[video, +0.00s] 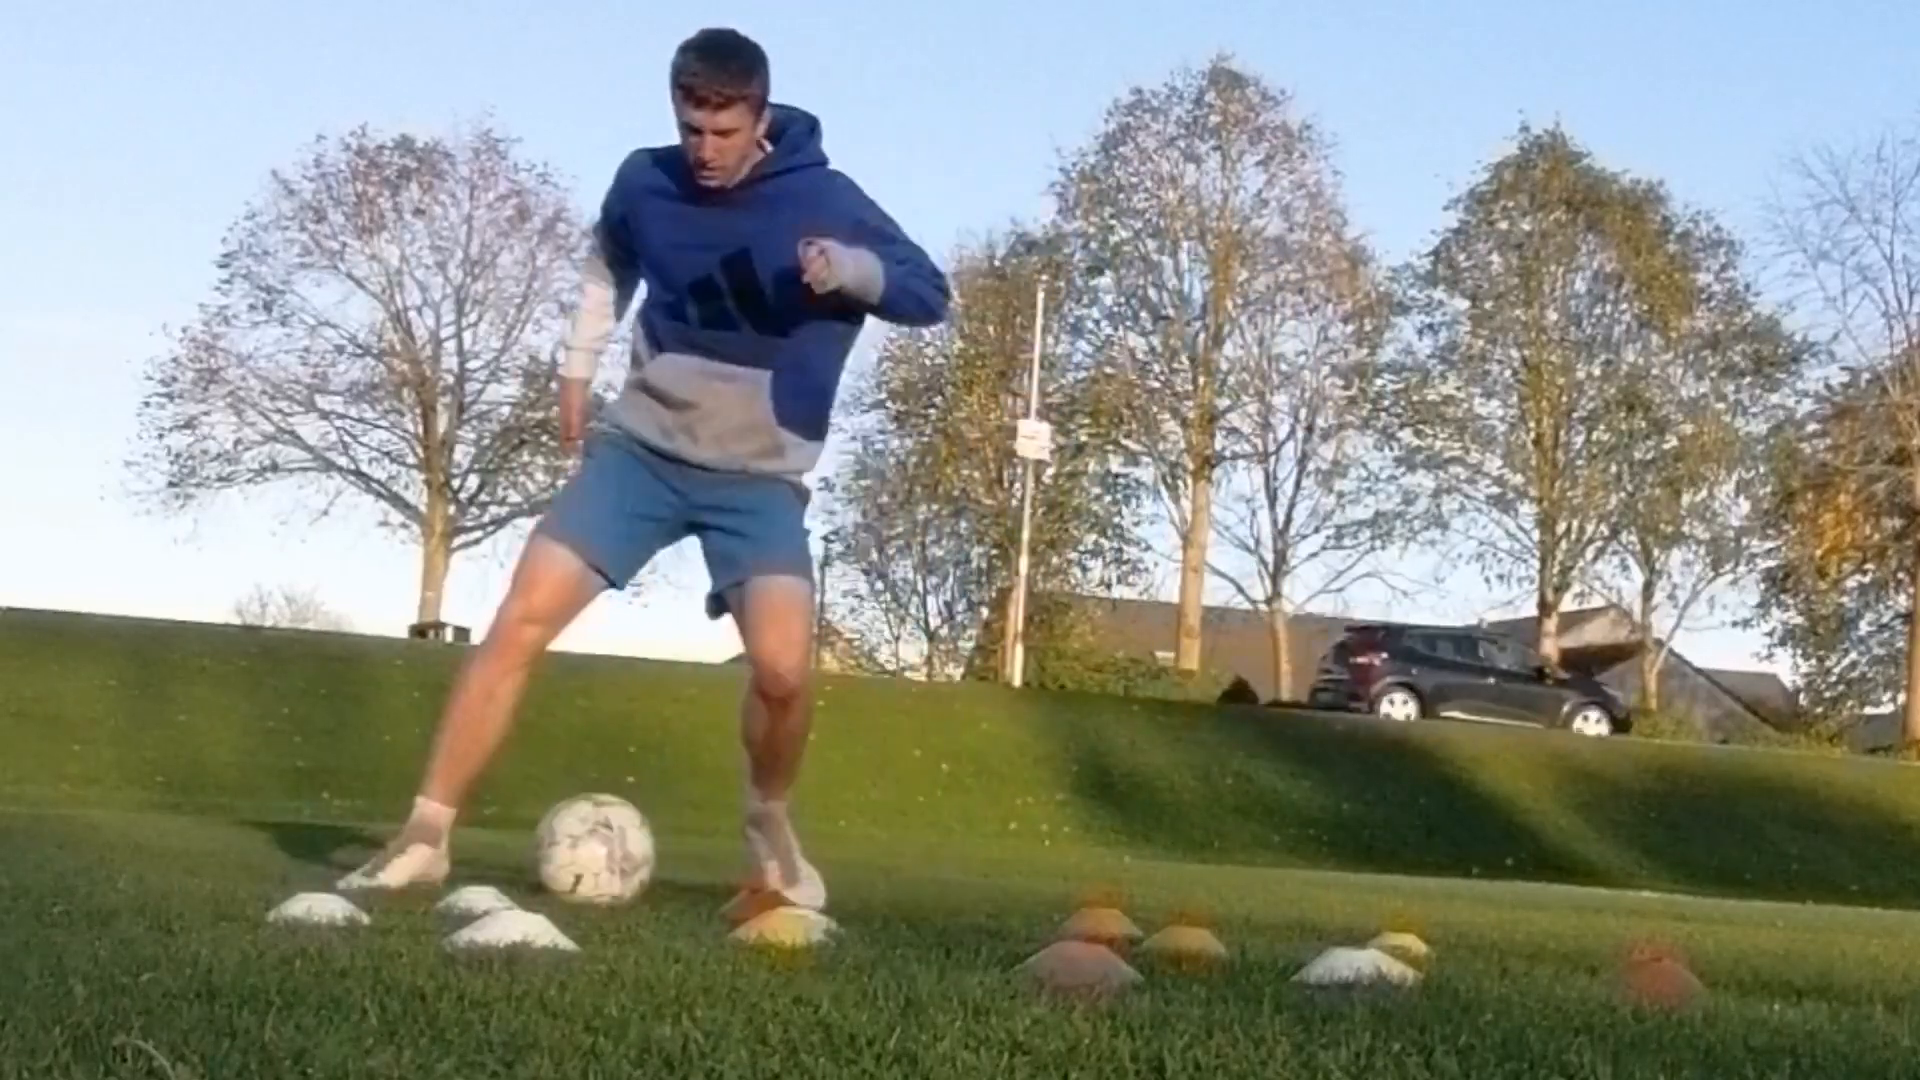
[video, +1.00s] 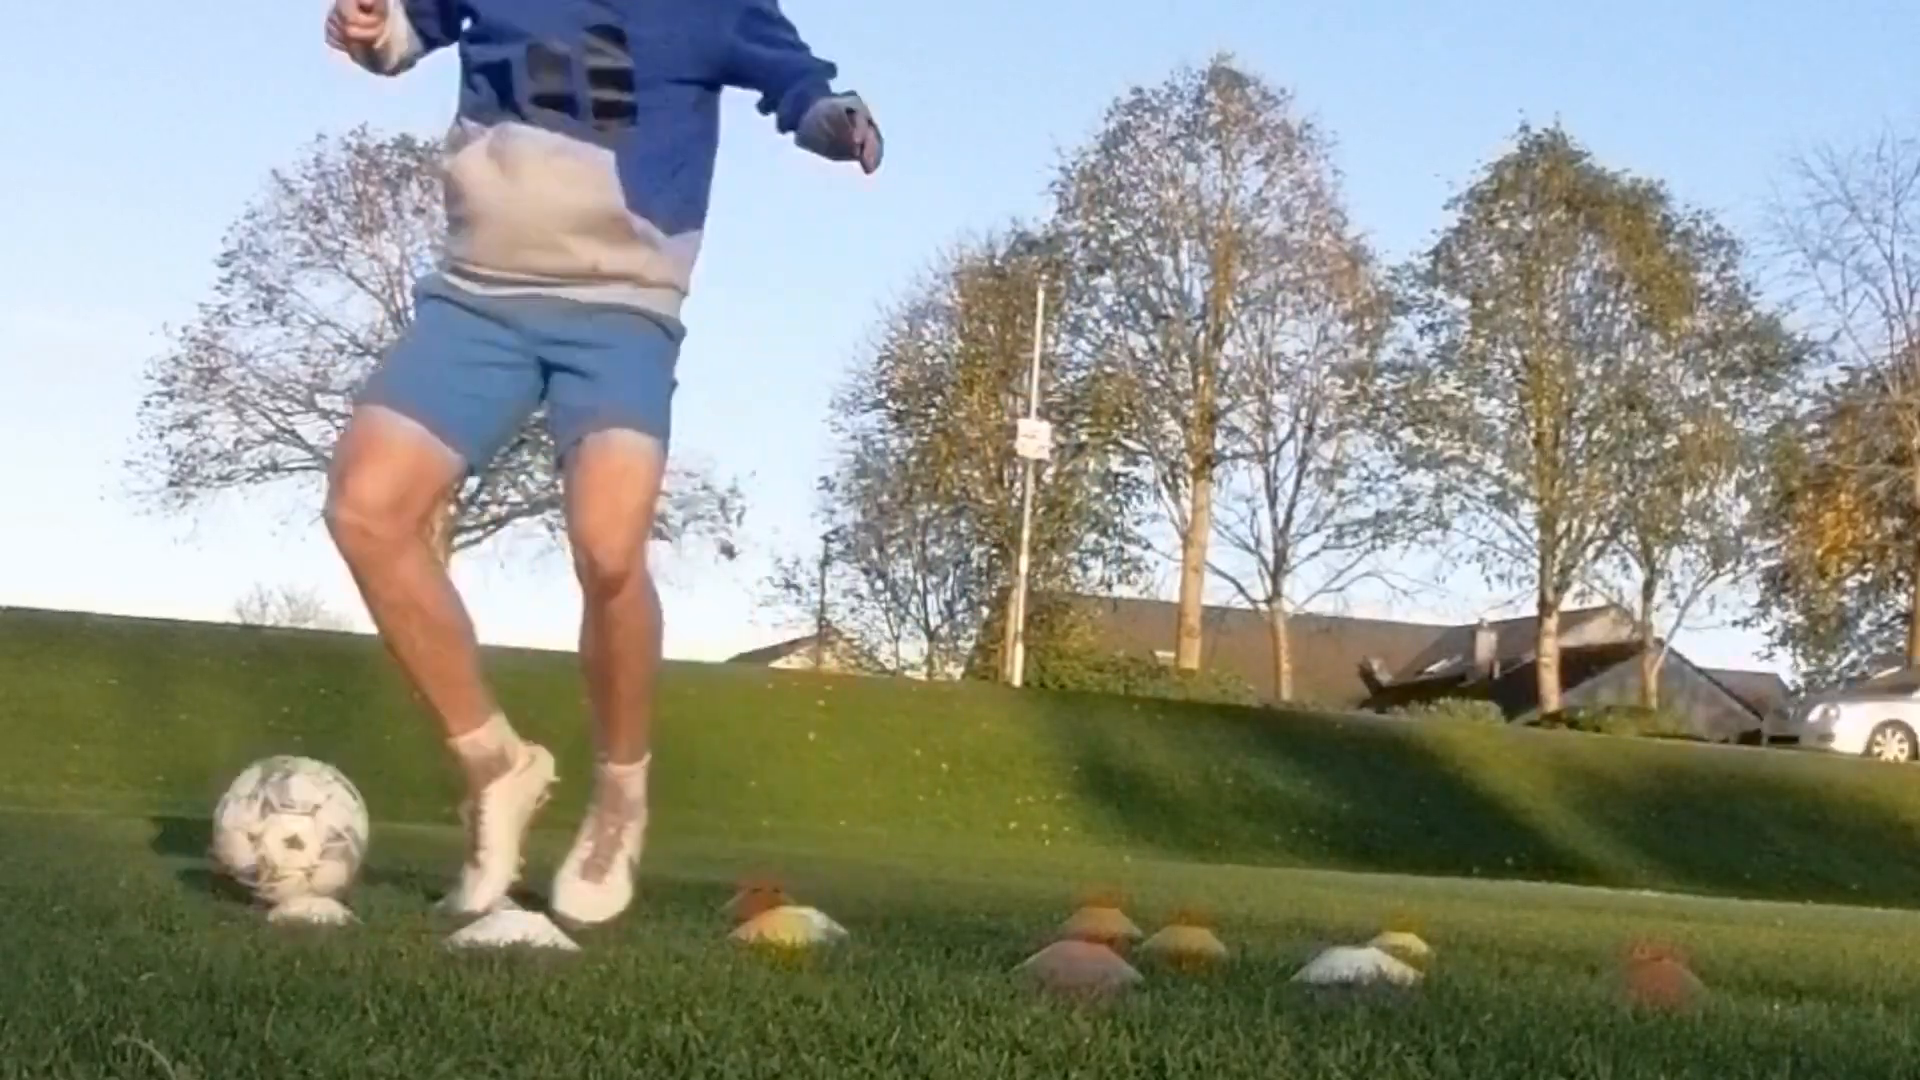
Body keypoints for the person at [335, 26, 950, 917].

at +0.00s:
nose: (706, 141)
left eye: (726, 123)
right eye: (694, 121)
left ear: (762, 114)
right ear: (677, 109)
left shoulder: (824, 201)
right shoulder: (645, 184)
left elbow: (931, 294)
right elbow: (607, 266)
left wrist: (853, 270)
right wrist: (575, 374)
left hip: (760, 483)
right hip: (636, 452)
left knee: (785, 676)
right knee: (522, 619)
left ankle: (770, 821)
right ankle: (425, 836)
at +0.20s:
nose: (622, 127)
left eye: (641, 107)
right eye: (605, 106)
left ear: (674, 93)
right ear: (584, 95)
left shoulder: (745, 185)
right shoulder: (540, 183)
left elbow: (837, 257)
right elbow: (440, 290)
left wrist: (855, 305)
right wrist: (369, 405)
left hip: (676, 465)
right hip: (547, 451)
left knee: (667, 605)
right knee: (453, 637)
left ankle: (571, 812)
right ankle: (417, 853)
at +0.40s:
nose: (644, 21)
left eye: (666, 6)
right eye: (630, 3)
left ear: (702, 2)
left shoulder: (750, 76)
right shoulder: (564, 53)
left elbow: (869, 207)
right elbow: (477, 143)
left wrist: (787, 152)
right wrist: (439, 227)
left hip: (683, 374)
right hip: (551, 367)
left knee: (696, 562)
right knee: (511, 585)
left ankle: (699, 813)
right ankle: (572, 826)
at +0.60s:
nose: (633, 15)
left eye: (652, 3)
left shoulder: (764, 74)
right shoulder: (548, 49)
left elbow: (793, 214)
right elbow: (498, 199)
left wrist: (772, 268)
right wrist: (491, 331)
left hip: (723, 350)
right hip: (595, 365)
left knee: (733, 523)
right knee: (586, 622)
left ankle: (762, 800)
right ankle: (620, 841)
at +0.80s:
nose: (614, 21)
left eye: (638, 4)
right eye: (604, 1)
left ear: (690, 5)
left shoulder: (760, 98)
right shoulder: (555, 59)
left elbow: (850, 246)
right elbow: (511, 172)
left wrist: (776, 285)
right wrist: (475, 245)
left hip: (736, 410)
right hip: (593, 408)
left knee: (776, 629)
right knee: (458, 537)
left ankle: (864, 888)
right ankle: (648, 766)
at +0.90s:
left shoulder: (739, 40)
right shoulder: (532, 5)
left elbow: (822, 171)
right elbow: (475, 46)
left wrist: (820, 218)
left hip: (672, 360)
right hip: (534, 362)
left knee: (717, 604)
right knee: (495, 583)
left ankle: (824, 869)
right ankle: (647, 854)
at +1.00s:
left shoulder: (714, 10)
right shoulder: (484, 0)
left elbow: (798, 85)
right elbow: (413, 27)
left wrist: (841, 123)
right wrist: (376, 33)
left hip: (621, 311)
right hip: (475, 297)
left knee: (609, 554)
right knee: (368, 510)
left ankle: (619, 796)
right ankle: (498, 764)